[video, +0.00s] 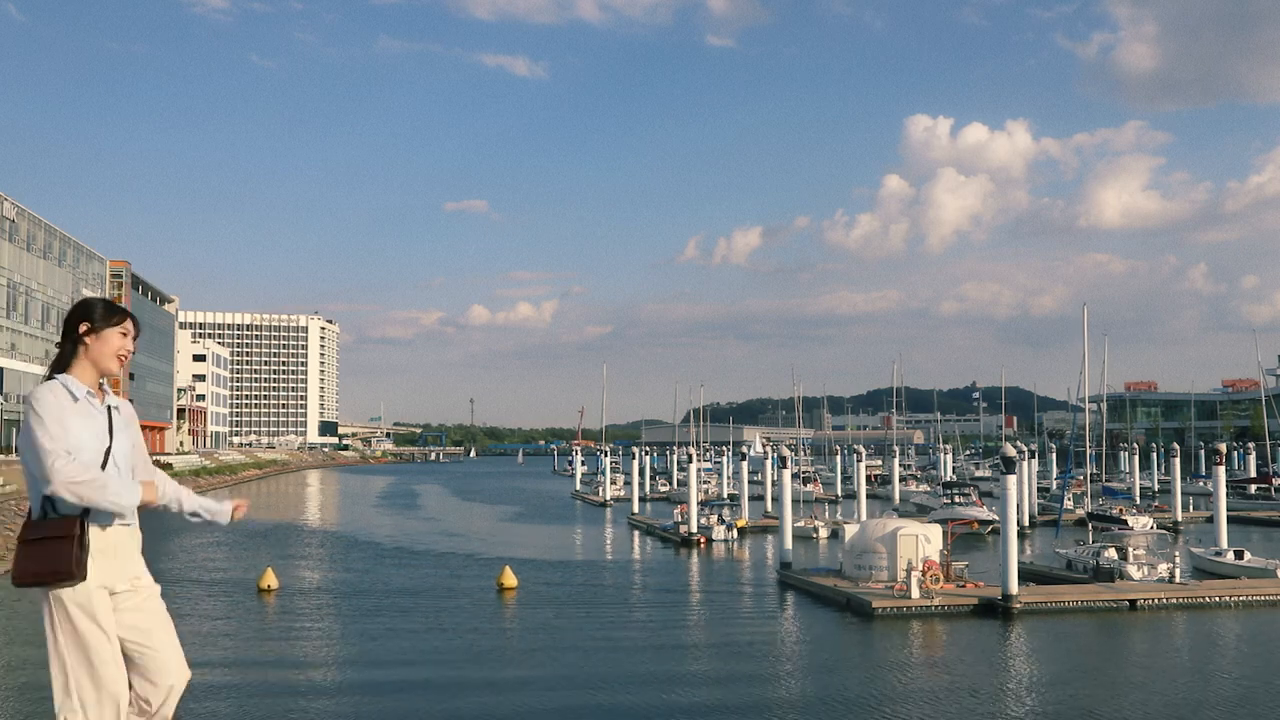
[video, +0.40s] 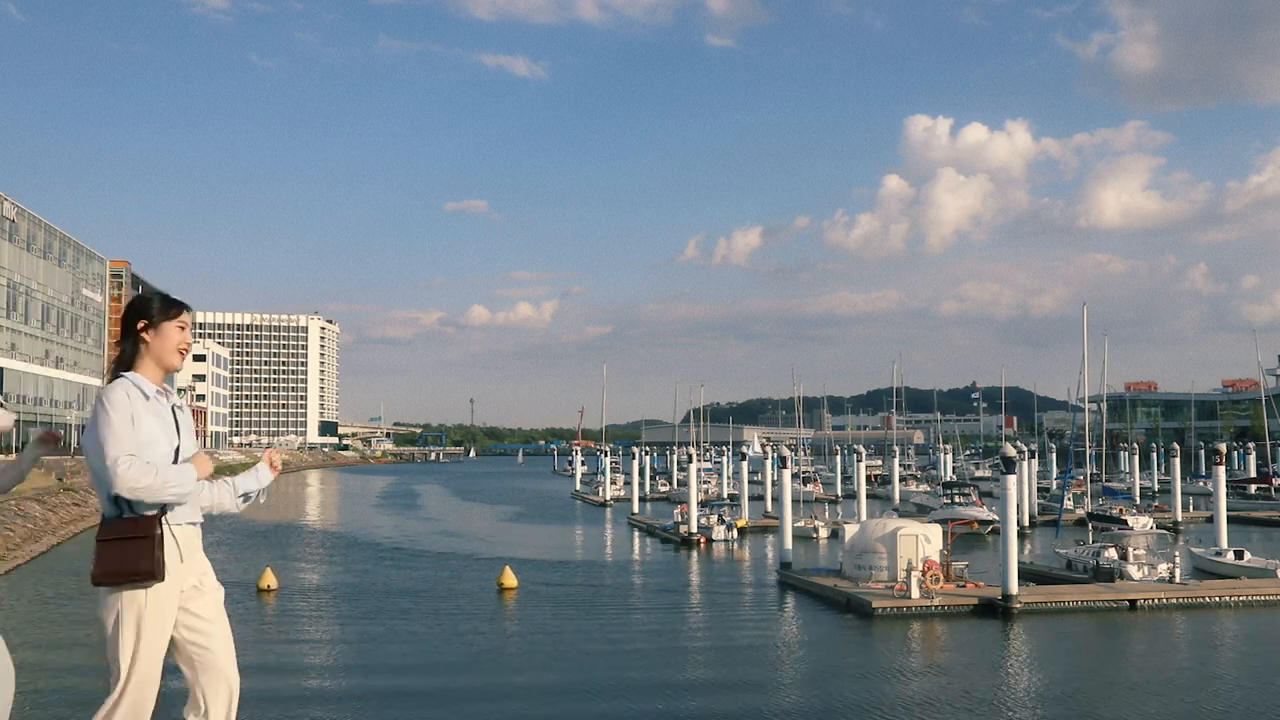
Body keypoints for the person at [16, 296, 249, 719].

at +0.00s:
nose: (130, 349)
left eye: (132, 341)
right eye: (122, 335)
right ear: (86, 333)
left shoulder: (121, 409)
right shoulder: (47, 398)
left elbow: (149, 481)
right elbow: (60, 479)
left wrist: (219, 509)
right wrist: (136, 493)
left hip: (126, 555)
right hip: (76, 556)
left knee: (168, 676)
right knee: (99, 696)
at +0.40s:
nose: (189, 341)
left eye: (190, 332)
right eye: (180, 329)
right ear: (145, 331)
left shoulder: (178, 408)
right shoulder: (118, 396)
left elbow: (195, 498)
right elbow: (124, 478)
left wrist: (259, 475)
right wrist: (191, 472)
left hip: (189, 552)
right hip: (142, 553)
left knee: (219, 685)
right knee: (133, 695)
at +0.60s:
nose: (218, 335)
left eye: (219, 325)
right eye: (209, 323)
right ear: (175, 326)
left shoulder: (207, 398)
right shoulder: (154, 388)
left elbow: (221, 490)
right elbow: (157, 472)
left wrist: (285, 477)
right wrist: (231, 464)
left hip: (216, 537)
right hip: (173, 536)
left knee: (231, 682)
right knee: (148, 681)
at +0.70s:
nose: (230, 344)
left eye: (231, 333)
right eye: (221, 332)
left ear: (196, 339)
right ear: (187, 337)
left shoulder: (213, 405)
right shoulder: (165, 401)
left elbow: (233, 495)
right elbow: (172, 495)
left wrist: (294, 545)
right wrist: (248, 538)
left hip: (232, 560)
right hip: (190, 561)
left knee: (250, 699)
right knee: (192, 701)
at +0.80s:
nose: (240, 351)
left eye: (241, 341)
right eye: (229, 340)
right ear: (195, 348)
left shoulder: (222, 411)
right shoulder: (184, 409)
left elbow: (256, 497)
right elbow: (197, 502)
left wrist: (291, 565)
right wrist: (260, 559)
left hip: (236, 572)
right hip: (209, 574)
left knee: (259, 698)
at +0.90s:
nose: (252, 342)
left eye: (252, 332)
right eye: (241, 332)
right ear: (206, 340)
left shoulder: (231, 398)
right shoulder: (202, 397)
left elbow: (255, 483)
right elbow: (195, 487)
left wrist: (293, 525)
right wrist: (269, 499)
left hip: (236, 561)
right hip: (212, 566)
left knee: (245, 683)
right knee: (295, 671)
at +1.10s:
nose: (272, 336)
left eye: (274, 326)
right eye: (261, 327)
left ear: (274, 327)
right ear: (227, 334)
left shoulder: (260, 383)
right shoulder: (224, 383)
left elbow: (259, 461)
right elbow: (213, 471)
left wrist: (291, 469)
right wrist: (258, 437)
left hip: (260, 548)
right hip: (240, 552)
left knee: (247, 687)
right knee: (310, 681)